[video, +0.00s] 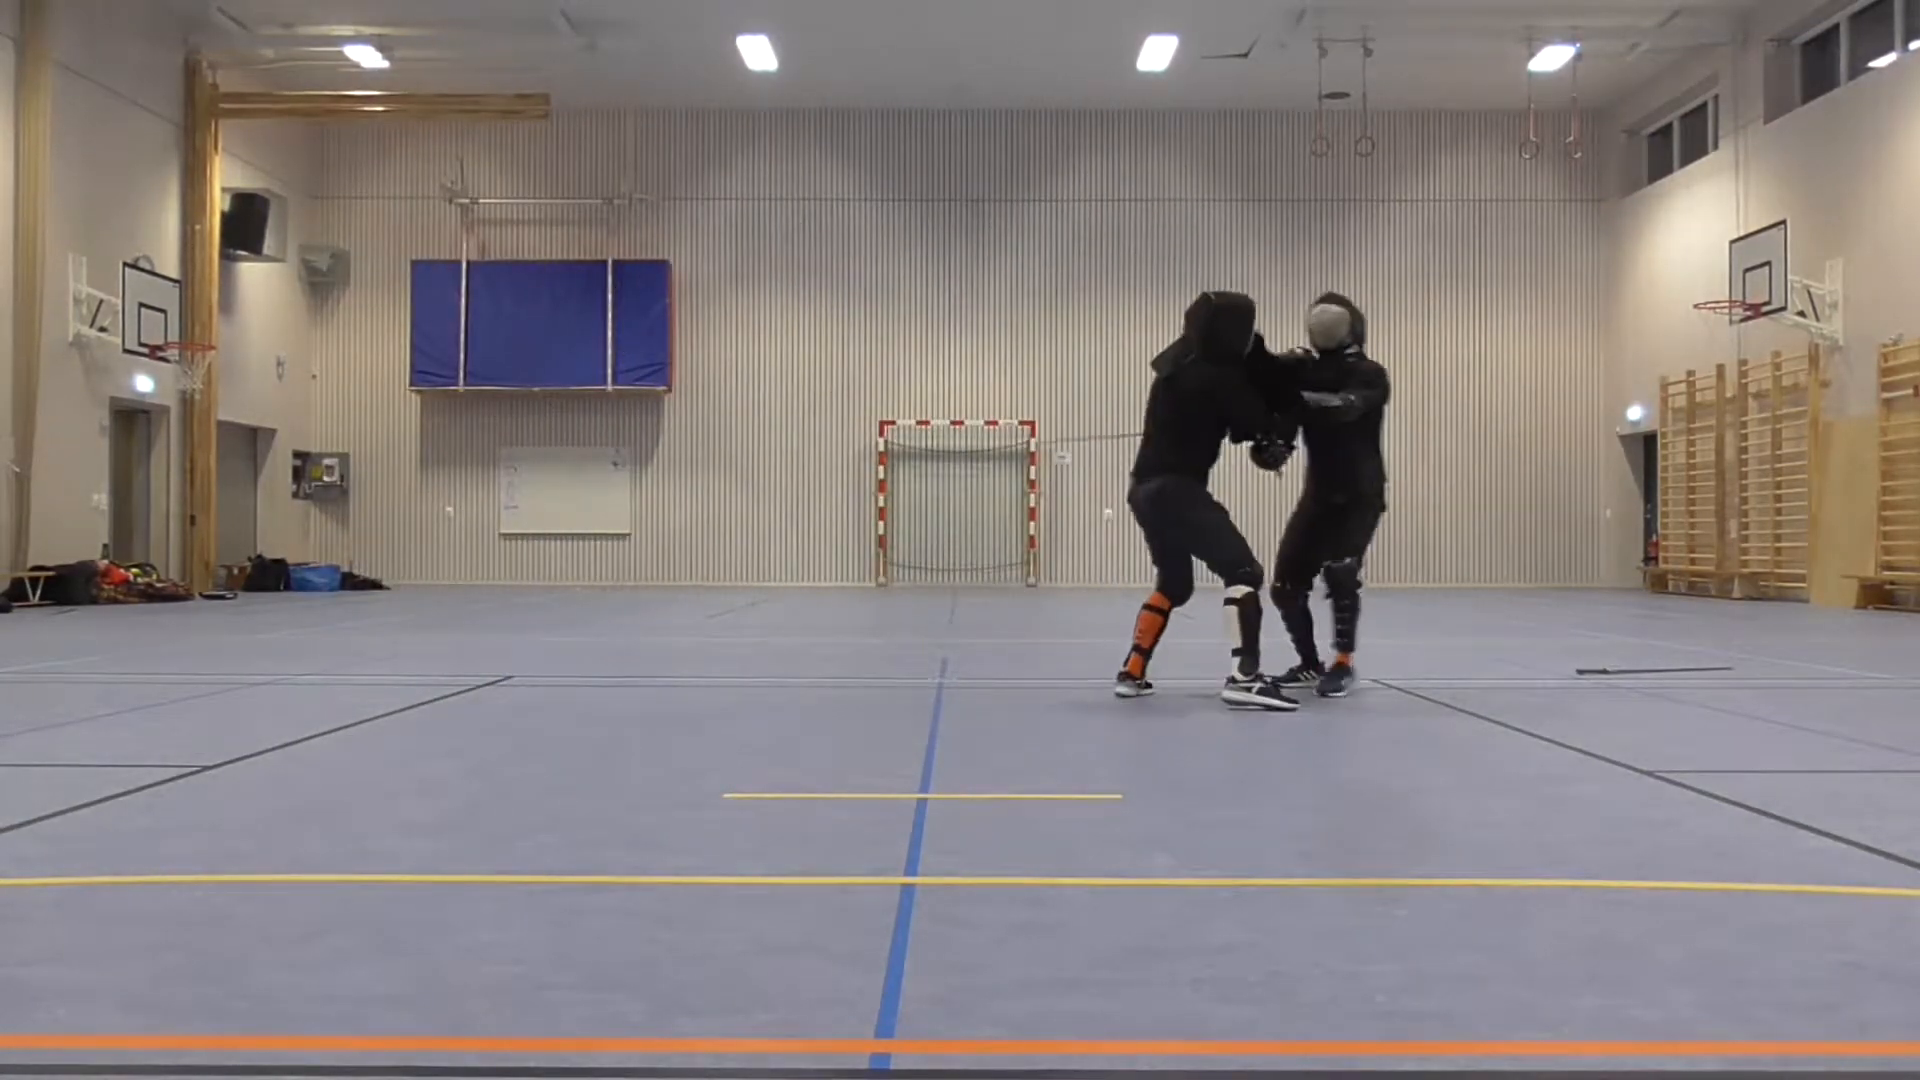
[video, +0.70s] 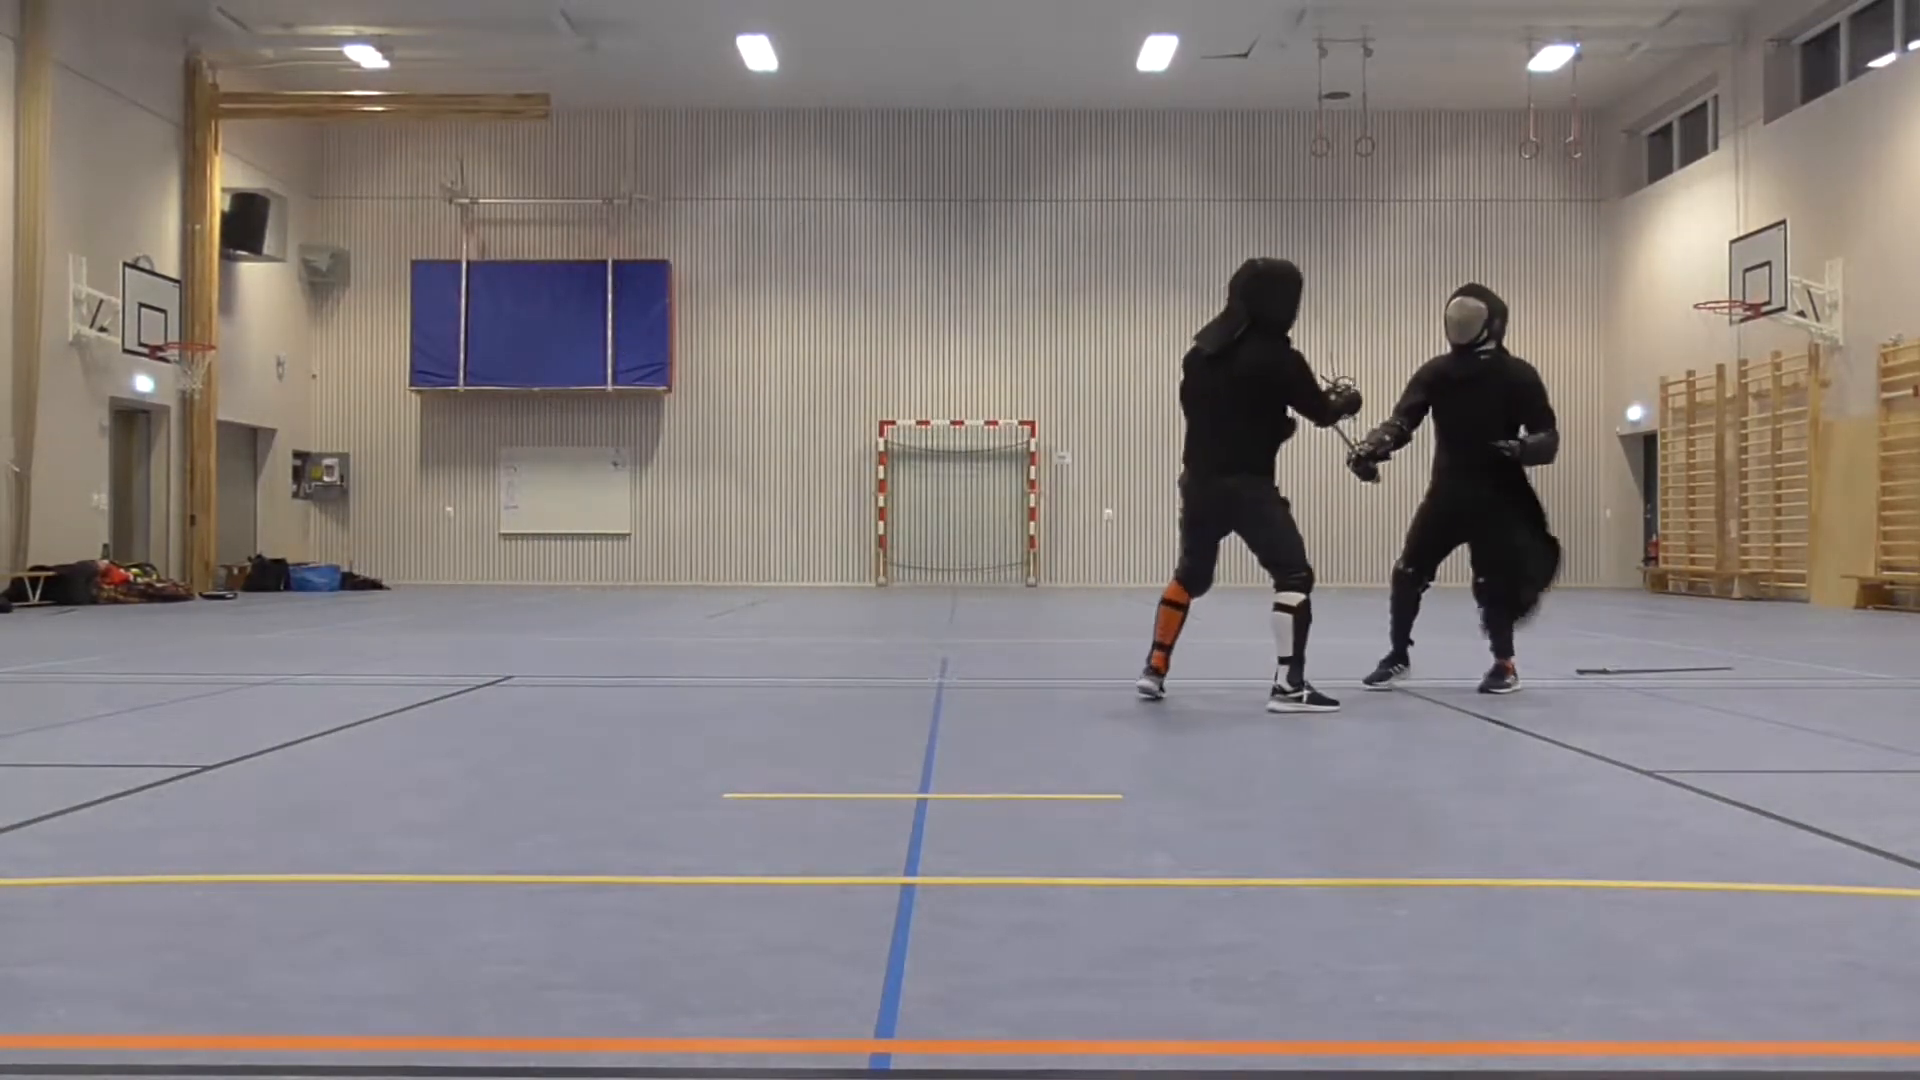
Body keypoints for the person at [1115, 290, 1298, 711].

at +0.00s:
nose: (1250, 338)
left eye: (1250, 329)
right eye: (1246, 329)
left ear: (1200, 328)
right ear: (1231, 333)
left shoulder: (1174, 365)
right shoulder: (1223, 374)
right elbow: (1256, 426)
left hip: (1144, 489)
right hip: (1180, 489)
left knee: (1174, 583)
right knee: (1243, 572)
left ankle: (1132, 673)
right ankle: (1246, 675)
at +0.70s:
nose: (1294, 311)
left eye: (1295, 302)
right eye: (1291, 302)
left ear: (1238, 299)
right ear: (1277, 304)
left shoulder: (1201, 350)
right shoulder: (1278, 357)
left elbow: (1197, 412)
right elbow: (1321, 413)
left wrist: (1274, 424)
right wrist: (1343, 399)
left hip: (1200, 489)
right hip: (1251, 490)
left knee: (1190, 573)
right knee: (1293, 576)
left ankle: (1154, 672)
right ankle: (1289, 683)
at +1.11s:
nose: (1299, 292)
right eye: (1298, 284)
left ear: (1243, 279)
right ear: (1293, 286)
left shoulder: (1215, 340)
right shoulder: (1306, 343)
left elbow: (1179, 418)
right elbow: (1326, 401)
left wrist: (1206, 464)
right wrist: (1326, 366)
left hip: (1234, 484)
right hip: (1295, 485)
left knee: (1224, 584)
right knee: (1297, 581)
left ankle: (1258, 686)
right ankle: (1300, 683)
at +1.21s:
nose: (1304, 287)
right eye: (1302, 279)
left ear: (1245, 276)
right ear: (1295, 283)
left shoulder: (1217, 337)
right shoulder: (1309, 344)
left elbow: (1179, 404)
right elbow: (1307, 399)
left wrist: (1167, 457)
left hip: (1232, 480)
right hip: (1295, 479)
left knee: (1225, 588)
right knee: (1308, 577)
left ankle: (1261, 696)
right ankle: (1320, 684)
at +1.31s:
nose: (1301, 284)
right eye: (1300, 276)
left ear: (1245, 270)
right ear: (1296, 279)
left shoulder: (1215, 332)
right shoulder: (1308, 343)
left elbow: (1167, 395)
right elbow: (1301, 404)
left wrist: (1153, 450)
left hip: (1232, 482)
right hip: (1296, 481)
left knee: (1224, 588)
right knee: (1311, 572)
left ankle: (1262, 696)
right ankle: (1326, 682)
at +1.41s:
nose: (1244, 248)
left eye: (1246, 239)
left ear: (1245, 244)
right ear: (1297, 252)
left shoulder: (1217, 306)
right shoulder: (1311, 319)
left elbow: (1177, 366)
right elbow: (1317, 390)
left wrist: (1162, 423)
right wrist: (1284, 421)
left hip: (1233, 460)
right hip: (1298, 460)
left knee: (1230, 570)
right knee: (1306, 555)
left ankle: (1256, 691)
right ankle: (1311, 649)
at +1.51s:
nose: (1234, 233)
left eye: (1239, 224)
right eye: (1239, 224)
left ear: (1248, 228)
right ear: (1300, 233)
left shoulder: (1226, 284)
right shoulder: (1321, 300)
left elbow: (1200, 352)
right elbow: (1330, 382)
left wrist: (1181, 402)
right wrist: (1298, 416)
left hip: (1238, 446)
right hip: (1303, 448)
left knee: (1227, 560)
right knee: (1296, 556)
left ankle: (1236, 680)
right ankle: (1309, 654)